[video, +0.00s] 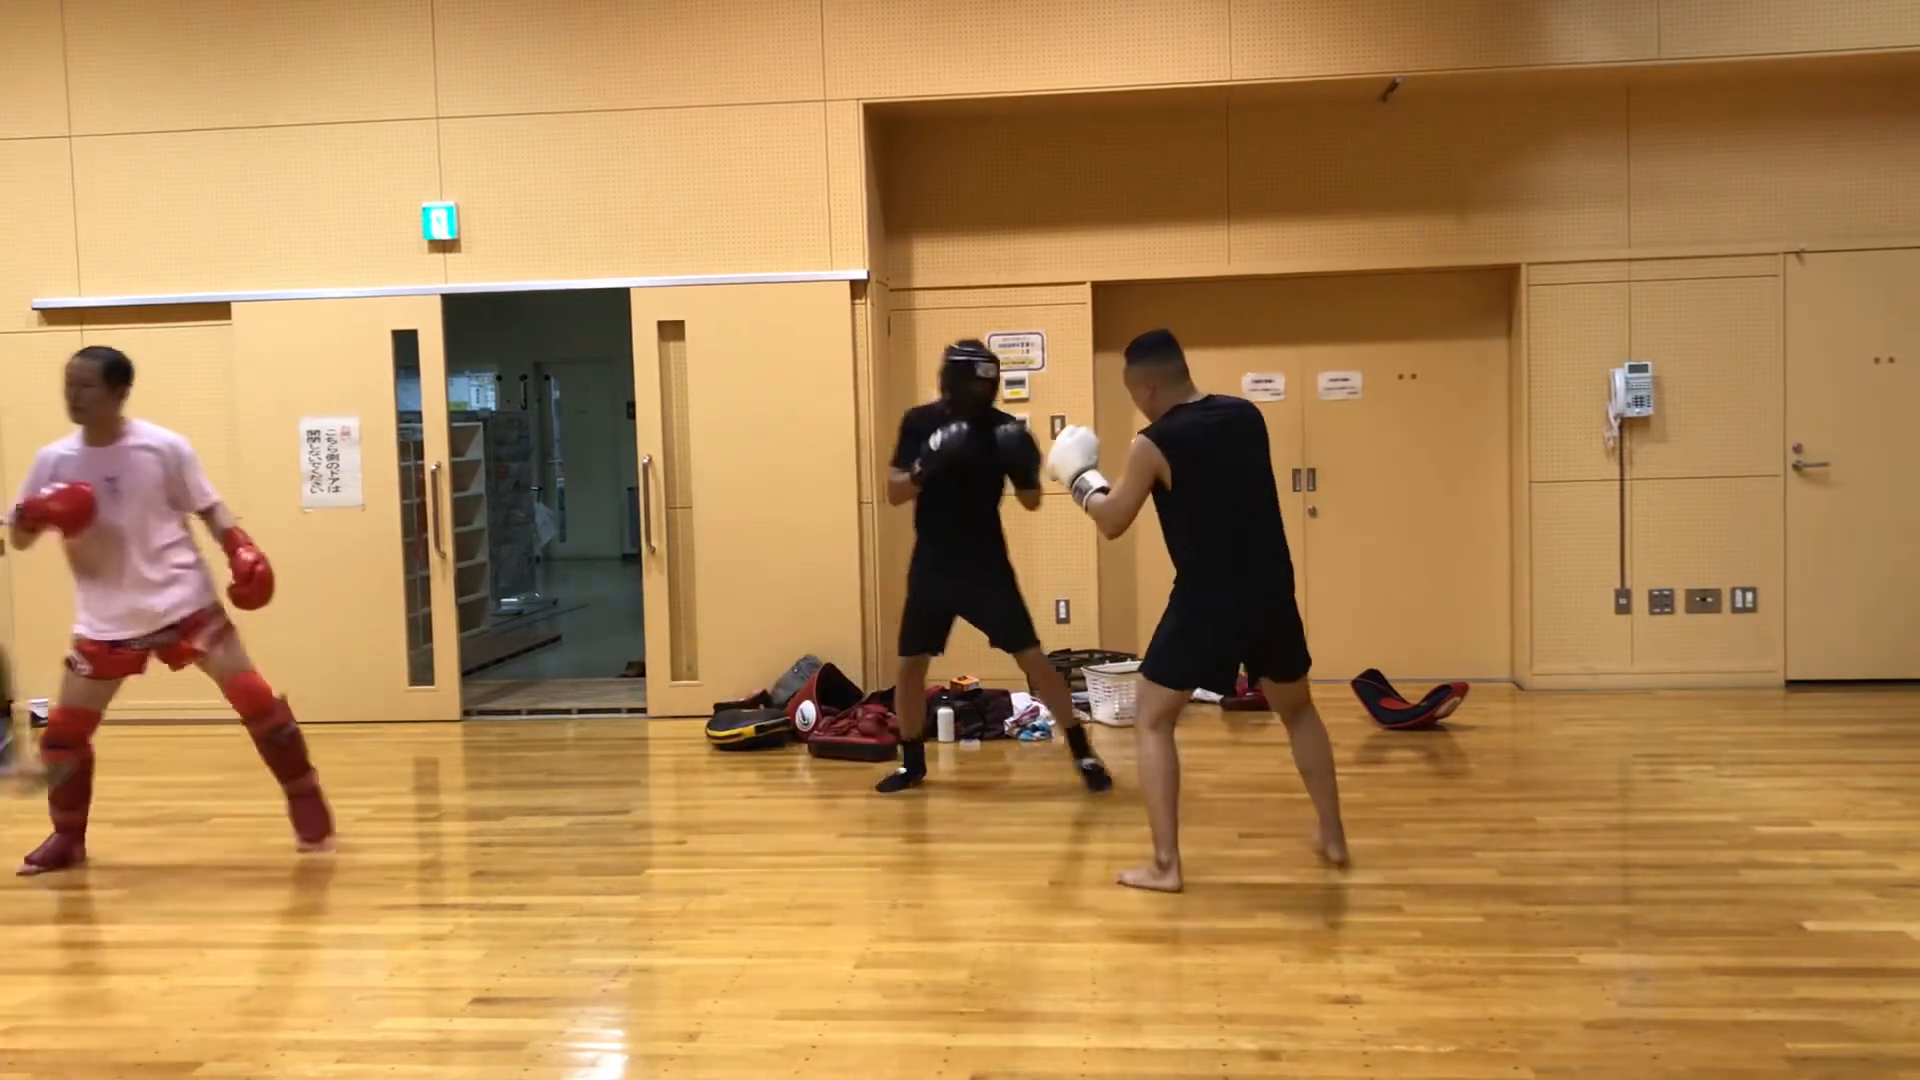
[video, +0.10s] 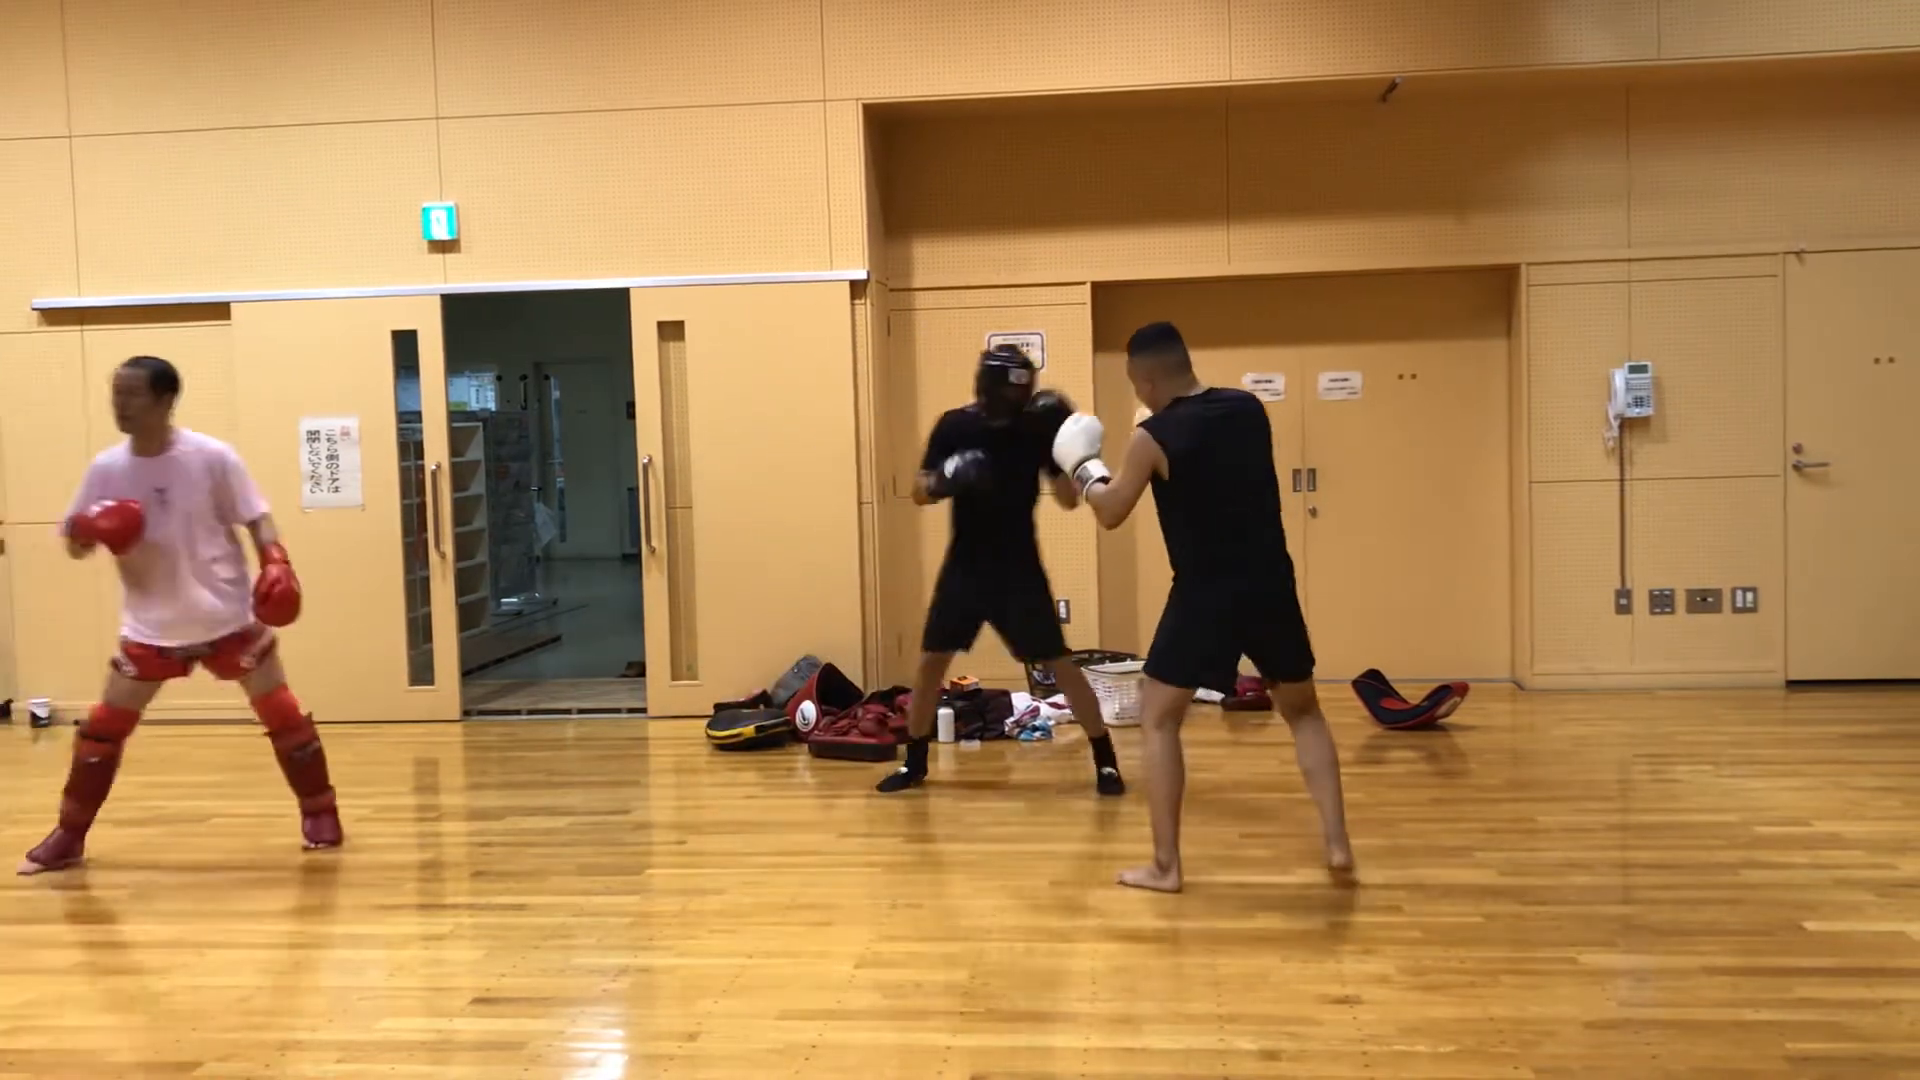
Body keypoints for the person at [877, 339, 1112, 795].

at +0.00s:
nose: (989, 392)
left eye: (994, 382)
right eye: (980, 382)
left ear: (997, 383)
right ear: (952, 382)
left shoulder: (1006, 429)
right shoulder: (921, 423)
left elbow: (1032, 501)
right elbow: (895, 493)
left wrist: (1019, 458)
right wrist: (930, 461)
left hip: (986, 559)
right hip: (934, 560)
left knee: (1031, 656)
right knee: (911, 662)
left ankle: (1083, 752)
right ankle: (912, 764)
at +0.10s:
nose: (1017, 398)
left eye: (1022, 389)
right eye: (1009, 389)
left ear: (1029, 389)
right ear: (986, 386)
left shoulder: (1037, 427)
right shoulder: (955, 426)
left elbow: (1069, 500)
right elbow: (920, 493)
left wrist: (1061, 434)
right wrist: (950, 476)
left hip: (1019, 567)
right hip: (965, 567)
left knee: (1060, 664)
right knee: (930, 664)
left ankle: (1105, 760)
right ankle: (914, 764)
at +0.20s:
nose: (1054, 390)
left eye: (1062, 382)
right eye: (1046, 379)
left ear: (1070, 383)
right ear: (1026, 378)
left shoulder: (1080, 422)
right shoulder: (999, 422)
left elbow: (1120, 454)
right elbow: (971, 477)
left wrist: (1111, 402)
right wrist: (978, 489)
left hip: (1066, 556)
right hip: (1012, 557)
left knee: (1092, 664)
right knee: (972, 656)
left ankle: (1108, 766)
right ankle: (957, 755)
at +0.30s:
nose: (1071, 386)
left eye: (1080, 376)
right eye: (1063, 375)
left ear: (1093, 376)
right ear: (1047, 372)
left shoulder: (1103, 415)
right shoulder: (1025, 414)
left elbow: (1140, 452)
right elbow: (1000, 476)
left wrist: (1131, 396)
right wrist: (1010, 476)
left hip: (1088, 546)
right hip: (1038, 545)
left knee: (1099, 660)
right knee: (1010, 651)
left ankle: (1107, 764)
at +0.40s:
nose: (1088, 382)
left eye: (1096, 372)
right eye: (1079, 372)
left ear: (1108, 370)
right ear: (1062, 370)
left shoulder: (1124, 409)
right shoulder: (1044, 412)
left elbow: (1156, 448)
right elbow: (1026, 485)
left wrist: (1136, 424)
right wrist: (1035, 468)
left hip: (1111, 542)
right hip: (1063, 543)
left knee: (1111, 655)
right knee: (1062, 655)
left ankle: (1112, 761)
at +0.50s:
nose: (1093, 390)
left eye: (1102, 380)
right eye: (1084, 381)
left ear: (1114, 375)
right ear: (1067, 377)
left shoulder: (1137, 410)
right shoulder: (1055, 416)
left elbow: (1169, 469)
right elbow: (1042, 493)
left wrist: (1144, 453)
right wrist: (1056, 464)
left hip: (1127, 541)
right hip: (1081, 544)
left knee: (1123, 652)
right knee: (1096, 657)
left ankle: (1112, 761)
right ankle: (1147, 730)